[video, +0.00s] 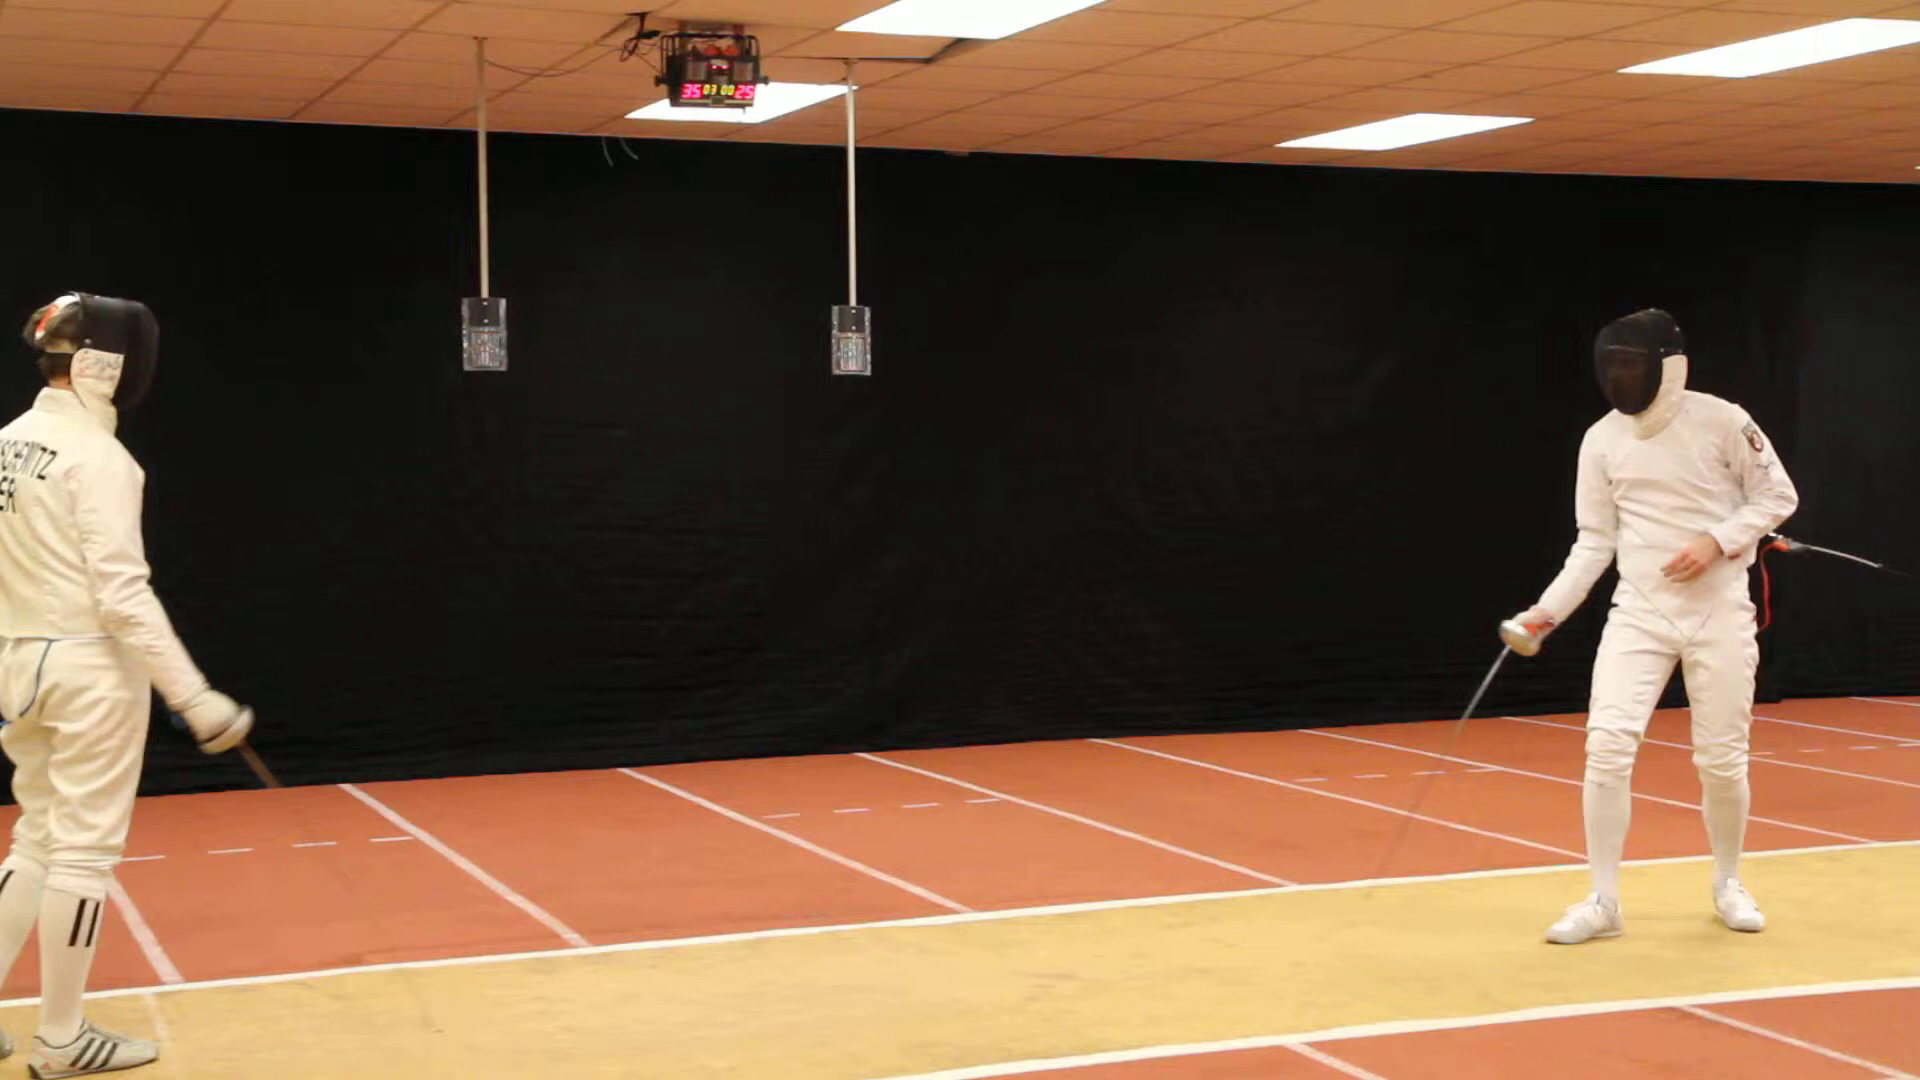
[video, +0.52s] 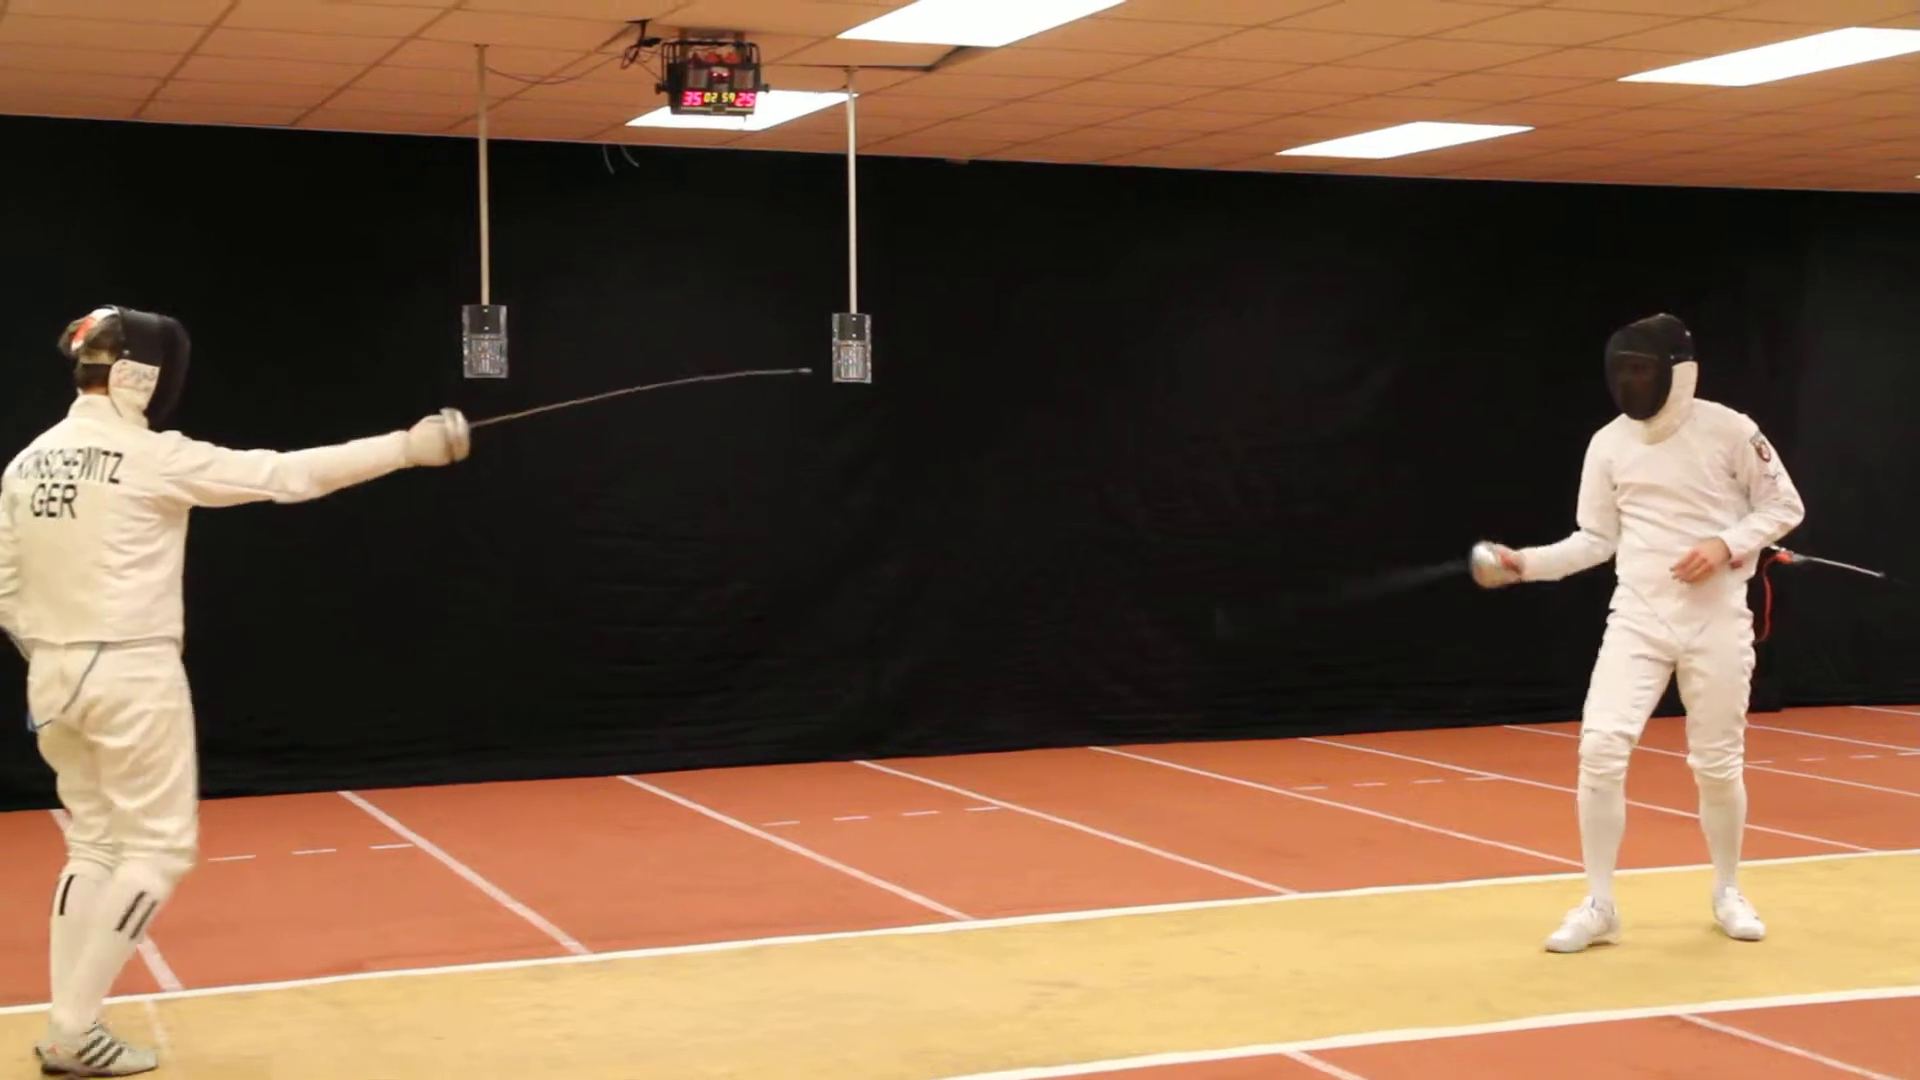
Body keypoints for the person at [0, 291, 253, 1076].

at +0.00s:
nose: (131, 377)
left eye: (129, 362)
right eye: (124, 363)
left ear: (57, 361)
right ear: (99, 366)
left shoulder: (12, 440)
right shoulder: (100, 459)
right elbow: (124, 597)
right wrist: (196, 697)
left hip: (15, 663)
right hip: (88, 667)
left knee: (37, 839)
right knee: (84, 851)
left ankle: (6, 1006)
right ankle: (61, 1036)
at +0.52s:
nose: (162, 392)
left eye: (163, 378)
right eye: (160, 378)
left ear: (83, 371)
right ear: (138, 376)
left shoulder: (21, 469)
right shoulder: (151, 456)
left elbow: (11, 598)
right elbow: (288, 474)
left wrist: (62, 660)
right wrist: (412, 444)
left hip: (52, 678)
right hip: (136, 675)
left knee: (92, 845)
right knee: (156, 847)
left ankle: (68, 1027)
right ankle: (73, 1027)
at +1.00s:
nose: (282, 416)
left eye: (278, 403)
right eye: (278, 405)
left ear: (209, 401)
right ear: (259, 407)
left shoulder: (142, 486)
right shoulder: (275, 484)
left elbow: (95, 592)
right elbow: (401, 513)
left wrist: (156, 661)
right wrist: (515, 470)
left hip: (163, 697)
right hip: (256, 692)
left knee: (154, 856)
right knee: (366, 831)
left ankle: (73, 1021)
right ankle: (455, 979)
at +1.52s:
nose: (463, 416)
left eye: (461, 402)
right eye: (460, 403)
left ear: (398, 394)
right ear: (441, 404)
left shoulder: (322, 459)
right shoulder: (454, 482)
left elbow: (242, 533)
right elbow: (573, 533)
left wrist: (280, 618)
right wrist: (682, 508)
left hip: (297, 660)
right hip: (390, 671)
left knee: (254, 822)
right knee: (473, 812)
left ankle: (184, 996)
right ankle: (482, 984)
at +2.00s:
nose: (341, 427)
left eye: (340, 415)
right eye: (337, 415)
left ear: (268, 407)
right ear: (318, 415)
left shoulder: (197, 483)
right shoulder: (328, 495)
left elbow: (123, 566)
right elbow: (433, 572)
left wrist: (179, 644)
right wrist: (546, 544)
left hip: (190, 689)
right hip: (286, 691)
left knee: (165, 848)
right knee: (387, 827)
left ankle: (105, 1016)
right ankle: (462, 984)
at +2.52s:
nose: (362, 417)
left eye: (357, 403)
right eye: (357, 404)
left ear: (302, 401)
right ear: (343, 408)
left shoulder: (229, 479)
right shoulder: (364, 490)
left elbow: (157, 566)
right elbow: (471, 565)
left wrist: (214, 646)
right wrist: (586, 553)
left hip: (223, 687)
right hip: (320, 686)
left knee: (184, 848)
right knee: (430, 822)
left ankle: (104, 1021)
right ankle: (467, 995)